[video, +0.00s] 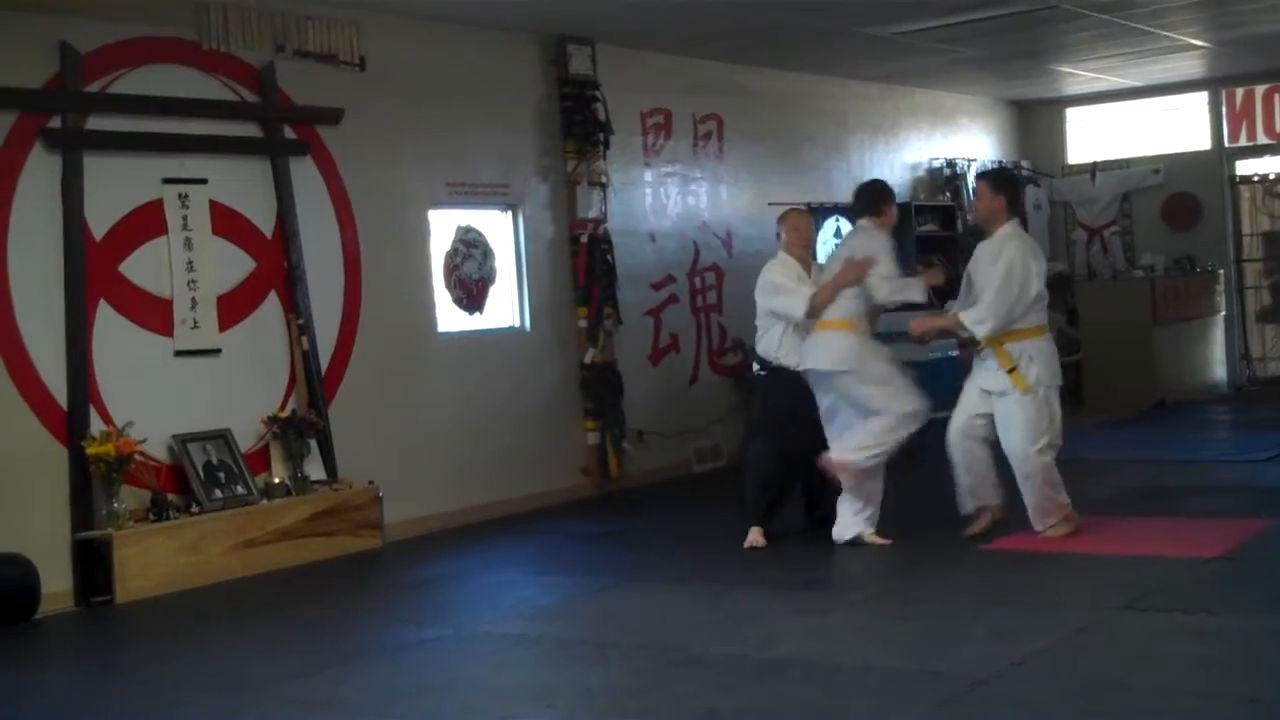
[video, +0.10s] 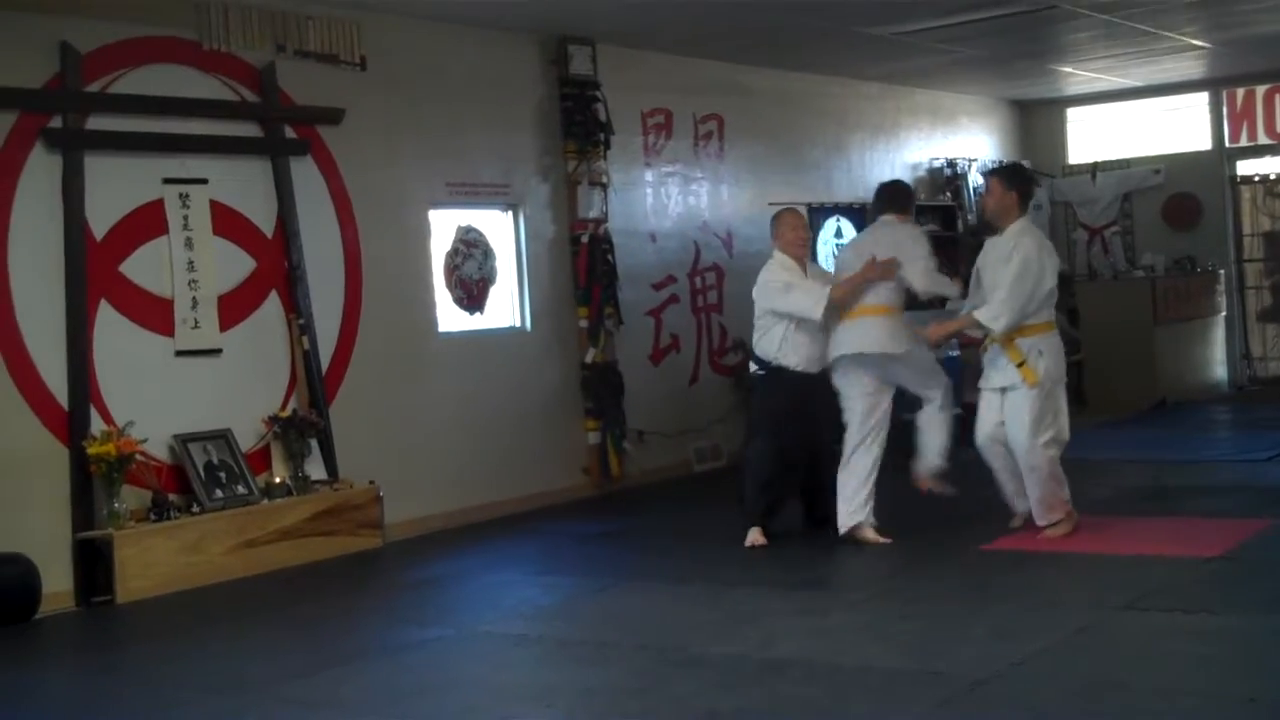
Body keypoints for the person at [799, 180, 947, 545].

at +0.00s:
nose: (895, 214)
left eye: (894, 207)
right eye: (894, 208)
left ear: (859, 211)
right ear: (886, 211)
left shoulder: (845, 244)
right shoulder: (876, 241)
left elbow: (864, 296)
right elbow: (883, 291)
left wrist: (914, 281)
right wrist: (925, 283)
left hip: (817, 351)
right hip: (846, 348)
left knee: (850, 441)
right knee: (910, 407)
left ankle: (853, 524)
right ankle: (844, 458)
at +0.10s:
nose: (912, 215)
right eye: (912, 209)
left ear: (875, 209)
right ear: (909, 208)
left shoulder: (851, 245)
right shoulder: (908, 235)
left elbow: (839, 297)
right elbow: (922, 283)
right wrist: (956, 289)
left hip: (847, 344)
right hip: (887, 340)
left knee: (863, 432)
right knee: (937, 389)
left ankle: (855, 519)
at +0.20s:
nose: (923, 212)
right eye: (922, 206)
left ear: (887, 210)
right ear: (921, 207)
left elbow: (848, 302)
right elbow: (952, 284)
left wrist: (847, 347)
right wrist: (978, 314)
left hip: (875, 341)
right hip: (922, 335)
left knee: (879, 426)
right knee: (946, 415)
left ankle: (861, 505)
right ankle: (974, 490)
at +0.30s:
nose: (884, 227)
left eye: (885, 222)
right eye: (884, 222)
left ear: (898, 219)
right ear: (919, 216)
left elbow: (866, 302)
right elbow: (981, 287)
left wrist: (853, 350)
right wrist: (978, 325)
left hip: (908, 348)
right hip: (954, 342)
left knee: (907, 423)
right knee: (958, 423)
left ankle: (885, 483)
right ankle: (970, 500)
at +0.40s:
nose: (885, 226)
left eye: (887, 219)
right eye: (883, 220)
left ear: (903, 212)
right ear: (914, 212)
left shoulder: (896, 242)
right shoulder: (954, 240)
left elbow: (888, 294)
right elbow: (992, 285)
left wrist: (866, 334)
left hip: (929, 339)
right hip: (970, 336)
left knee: (918, 418)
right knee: (967, 419)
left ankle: (930, 479)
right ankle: (975, 497)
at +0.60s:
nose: (891, 214)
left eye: (895, 205)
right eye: (889, 207)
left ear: (915, 200)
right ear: (912, 202)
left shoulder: (925, 230)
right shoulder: (940, 226)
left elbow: (940, 277)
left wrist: (921, 321)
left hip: (956, 331)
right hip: (986, 326)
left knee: (942, 410)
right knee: (980, 403)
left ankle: (965, 485)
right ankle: (999, 472)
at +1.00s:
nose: (935, 207)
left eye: (942, 200)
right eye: (931, 201)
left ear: (958, 200)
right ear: (928, 204)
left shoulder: (979, 233)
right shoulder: (940, 244)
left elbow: (987, 283)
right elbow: (933, 297)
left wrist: (980, 332)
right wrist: (918, 342)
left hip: (987, 326)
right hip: (968, 326)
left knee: (971, 406)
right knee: (990, 401)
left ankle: (983, 482)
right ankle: (1012, 464)